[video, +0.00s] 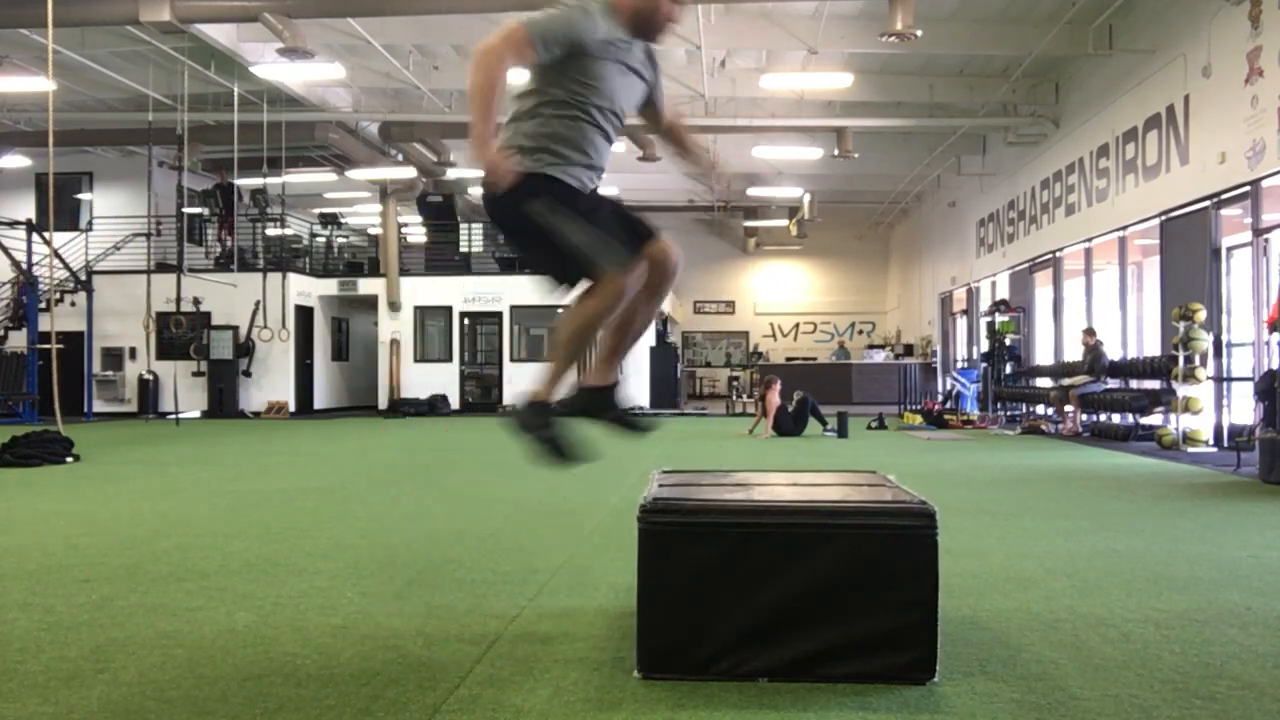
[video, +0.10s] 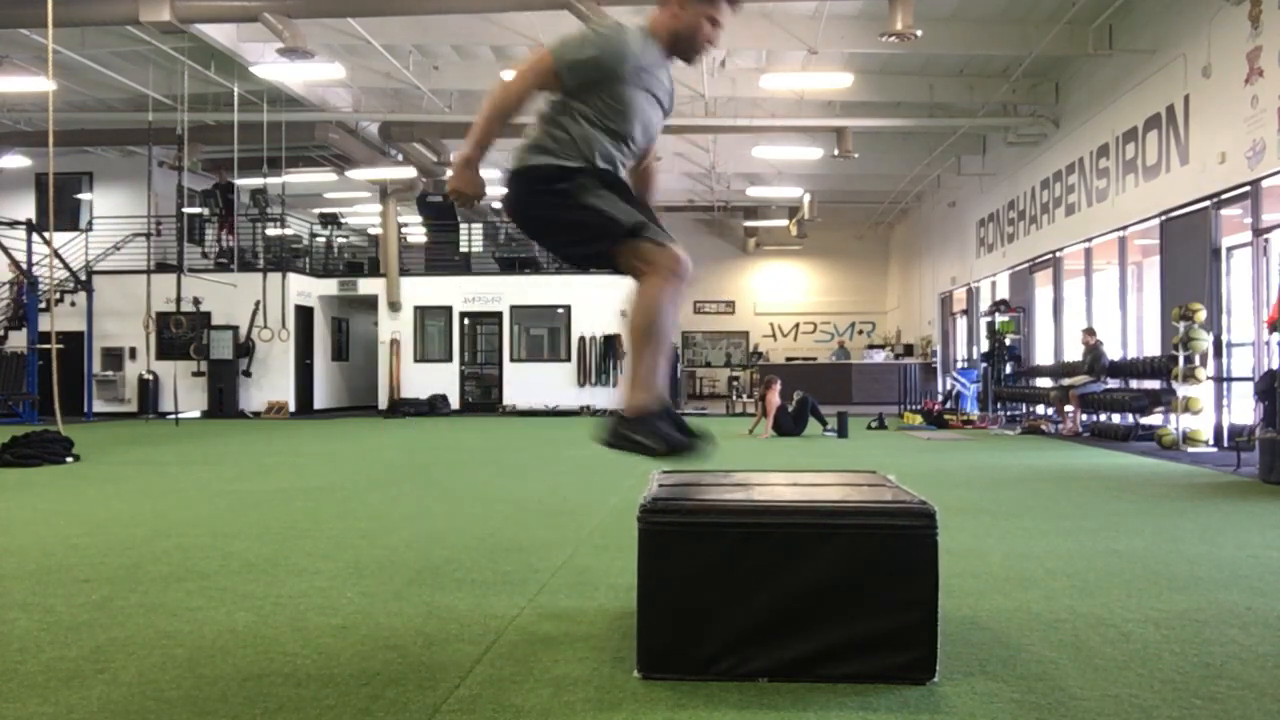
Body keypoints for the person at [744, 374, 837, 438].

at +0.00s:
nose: (780, 387)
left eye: (779, 384)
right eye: (778, 384)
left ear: (768, 385)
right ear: (773, 385)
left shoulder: (765, 396)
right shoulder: (773, 396)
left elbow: (759, 415)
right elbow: (770, 416)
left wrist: (751, 430)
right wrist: (766, 433)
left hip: (784, 430)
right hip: (792, 431)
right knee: (807, 399)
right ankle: (826, 426)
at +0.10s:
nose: (780, 386)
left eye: (779, 384)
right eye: (778, 384)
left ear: (768, 385)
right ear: (773, 385)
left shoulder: (765, 396)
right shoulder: (773, 396)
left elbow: (759, 415)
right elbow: (770, 416)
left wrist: (751, 430)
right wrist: (766, 433)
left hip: (784, 430)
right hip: (792, 431)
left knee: (804, 399)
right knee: (807, 399)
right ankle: (826, 426)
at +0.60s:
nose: (779, 387)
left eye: (779, 384)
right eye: (778, 384)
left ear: (767, 385)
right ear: (774, 385)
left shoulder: (764, 396)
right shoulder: (772, 395)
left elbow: (759, 416)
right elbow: (770, 416)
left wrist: (751, 430)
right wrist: (767, 433)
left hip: (785, 430)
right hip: (793, 431)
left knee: (805, 398)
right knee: (806, 399)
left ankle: (825, 425)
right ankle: (826, 426)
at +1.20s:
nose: (779, 387)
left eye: (779, 384)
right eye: (778, 385)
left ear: (767, 385)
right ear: (773, 385)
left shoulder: (764, 396)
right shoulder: (772, 396)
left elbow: (759, 415)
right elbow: (770, 416)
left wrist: (751, 429)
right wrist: (767, 433)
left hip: (785, 430)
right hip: (793, 430)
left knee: (805, 398)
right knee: (807, 399)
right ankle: (826, 426)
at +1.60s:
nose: (779, 387)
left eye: (779, 385)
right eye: (778, 385)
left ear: (767, 385)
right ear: (773, 385)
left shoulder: (764, 396)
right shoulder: (772, 396)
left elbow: (759, 415)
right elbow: (770, 416)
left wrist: (751, 430)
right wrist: (767, 433)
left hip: (785, 430)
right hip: (793, 431)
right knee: (807, 399)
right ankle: (826, 426)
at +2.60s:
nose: (779, 387)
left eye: (778, 384)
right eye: (777, 385)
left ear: (768, 386)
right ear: (772, 386)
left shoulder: (765, 396)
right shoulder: (771, 396)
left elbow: (759, 415)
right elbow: (769, 416)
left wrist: (751, 430)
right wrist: (767, 433)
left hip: (785, 430)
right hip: (793, 431)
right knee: (807, 401)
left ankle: (799, 402)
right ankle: (826, 426)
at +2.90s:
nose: (779, 387)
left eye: (778, 384)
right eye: (777, 384)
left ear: (768, 386)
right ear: (772, 386)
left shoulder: (765, 396)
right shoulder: (771, 396)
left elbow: (759, 415)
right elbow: (769, 416)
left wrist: (751, 430)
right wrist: (767, 433)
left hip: (785, 429)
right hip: (792, 431)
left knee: (809, 401)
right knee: (807, 401)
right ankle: (826, 426)